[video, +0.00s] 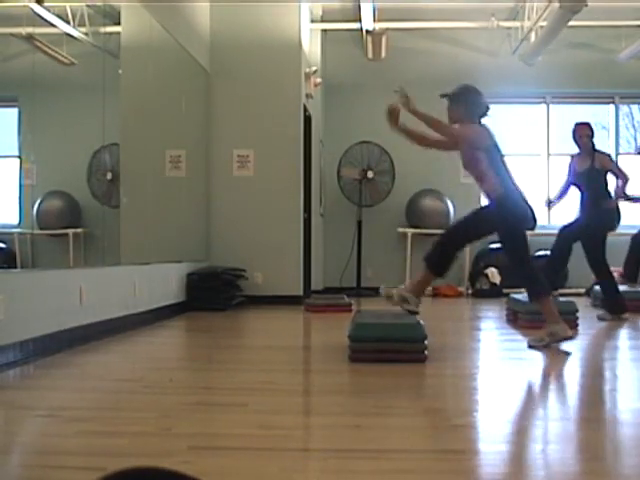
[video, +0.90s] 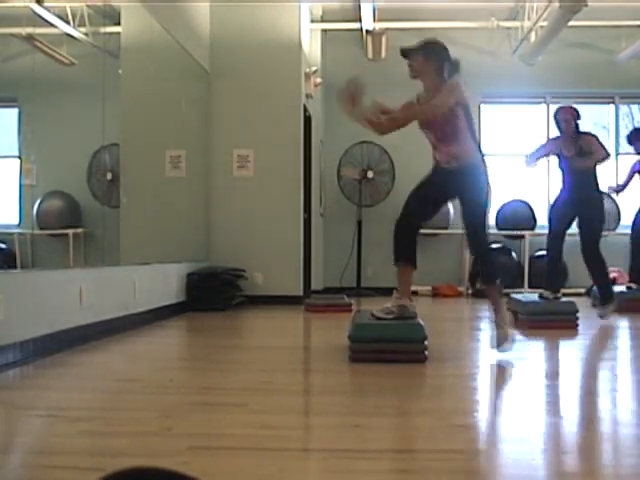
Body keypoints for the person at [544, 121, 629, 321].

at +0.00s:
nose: (584, 140)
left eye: (587, 136)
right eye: (579, 137)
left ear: (592, 137)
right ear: (575, 139)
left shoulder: (602, 159)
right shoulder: (574, 161)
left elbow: (623, 178)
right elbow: (568, 184)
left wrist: (618, 196)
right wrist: (555, 200)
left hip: (606, 214)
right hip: (587, 215)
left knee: (566, 234)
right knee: (597, 263)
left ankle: (551, 280)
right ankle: (616, 307)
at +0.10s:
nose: (586, 134)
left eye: (589, 130)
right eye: (582, 130)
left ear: (595, 131)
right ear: (577, 133)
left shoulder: (605, 151)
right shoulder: (575, 154)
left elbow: (632, 166)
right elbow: (577, 177)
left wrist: (629, 194)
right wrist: (574, 198)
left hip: (605, 208)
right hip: (588, 209)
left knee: (573, 235)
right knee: (598, 258)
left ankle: (568, 282)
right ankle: (613, 304)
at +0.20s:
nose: (590, 133)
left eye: (593, 129)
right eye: (585, 130)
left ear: (598, 130)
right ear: (580, 132)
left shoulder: (607, 149)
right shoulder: (576, 153)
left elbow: (634, 159)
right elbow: (582, 181)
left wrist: (635, 187)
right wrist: (581, 205)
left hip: (607, 205)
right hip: (588, 207)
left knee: (587, 245)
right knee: (599, 251)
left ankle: (595, 290)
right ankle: (615, 298)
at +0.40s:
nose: (593, 136)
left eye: (596, 132)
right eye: (589, 132)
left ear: (602, 133)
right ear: (583, 135)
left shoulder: (611, 156)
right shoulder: (580, 158)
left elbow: (631, 181)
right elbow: (573, 183)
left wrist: (626, 205)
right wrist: (565, 203)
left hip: (611, 214)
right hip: (587, 215)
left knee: (610, 262)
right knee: (587, 261)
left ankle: (617, 310)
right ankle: (608, 302)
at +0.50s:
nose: (594, 134)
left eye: (597, 129)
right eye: (590, 130)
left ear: (603, 130)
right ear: (584, 133)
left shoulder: (612, 152)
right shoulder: (580, 155)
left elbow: (619, 174)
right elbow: (566, 174)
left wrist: (606, 181)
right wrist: (555, 181)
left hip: (610, 209)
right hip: (588, 209)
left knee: (611, 258)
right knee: (572, 249)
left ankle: (617, 309)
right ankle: (594, 291)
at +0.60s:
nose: (591, 134)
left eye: (594, 129)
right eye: (587, 130)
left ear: (600, 130)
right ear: (581, 133)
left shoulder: (610, 150)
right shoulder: (577, 151)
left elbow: (606, 161)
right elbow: (553, 165)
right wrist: (547, 156)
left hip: (607, 210)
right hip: (585, 209)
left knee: (609, 259)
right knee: (563, 233)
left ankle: (617, 311)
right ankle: (573, 282)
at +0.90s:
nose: (567, 124)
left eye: (569, 120)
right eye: (562, 121)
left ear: (576, 121)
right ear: (557, 124)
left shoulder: (588, 139)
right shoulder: (555, 143)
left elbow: (603, 154)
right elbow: (529, 160)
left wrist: (583, 162)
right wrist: (541, 154)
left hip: (590, 200)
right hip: (566, 199)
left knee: (590, 249)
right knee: (554, 242)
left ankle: (607, 298)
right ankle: (552, 289)